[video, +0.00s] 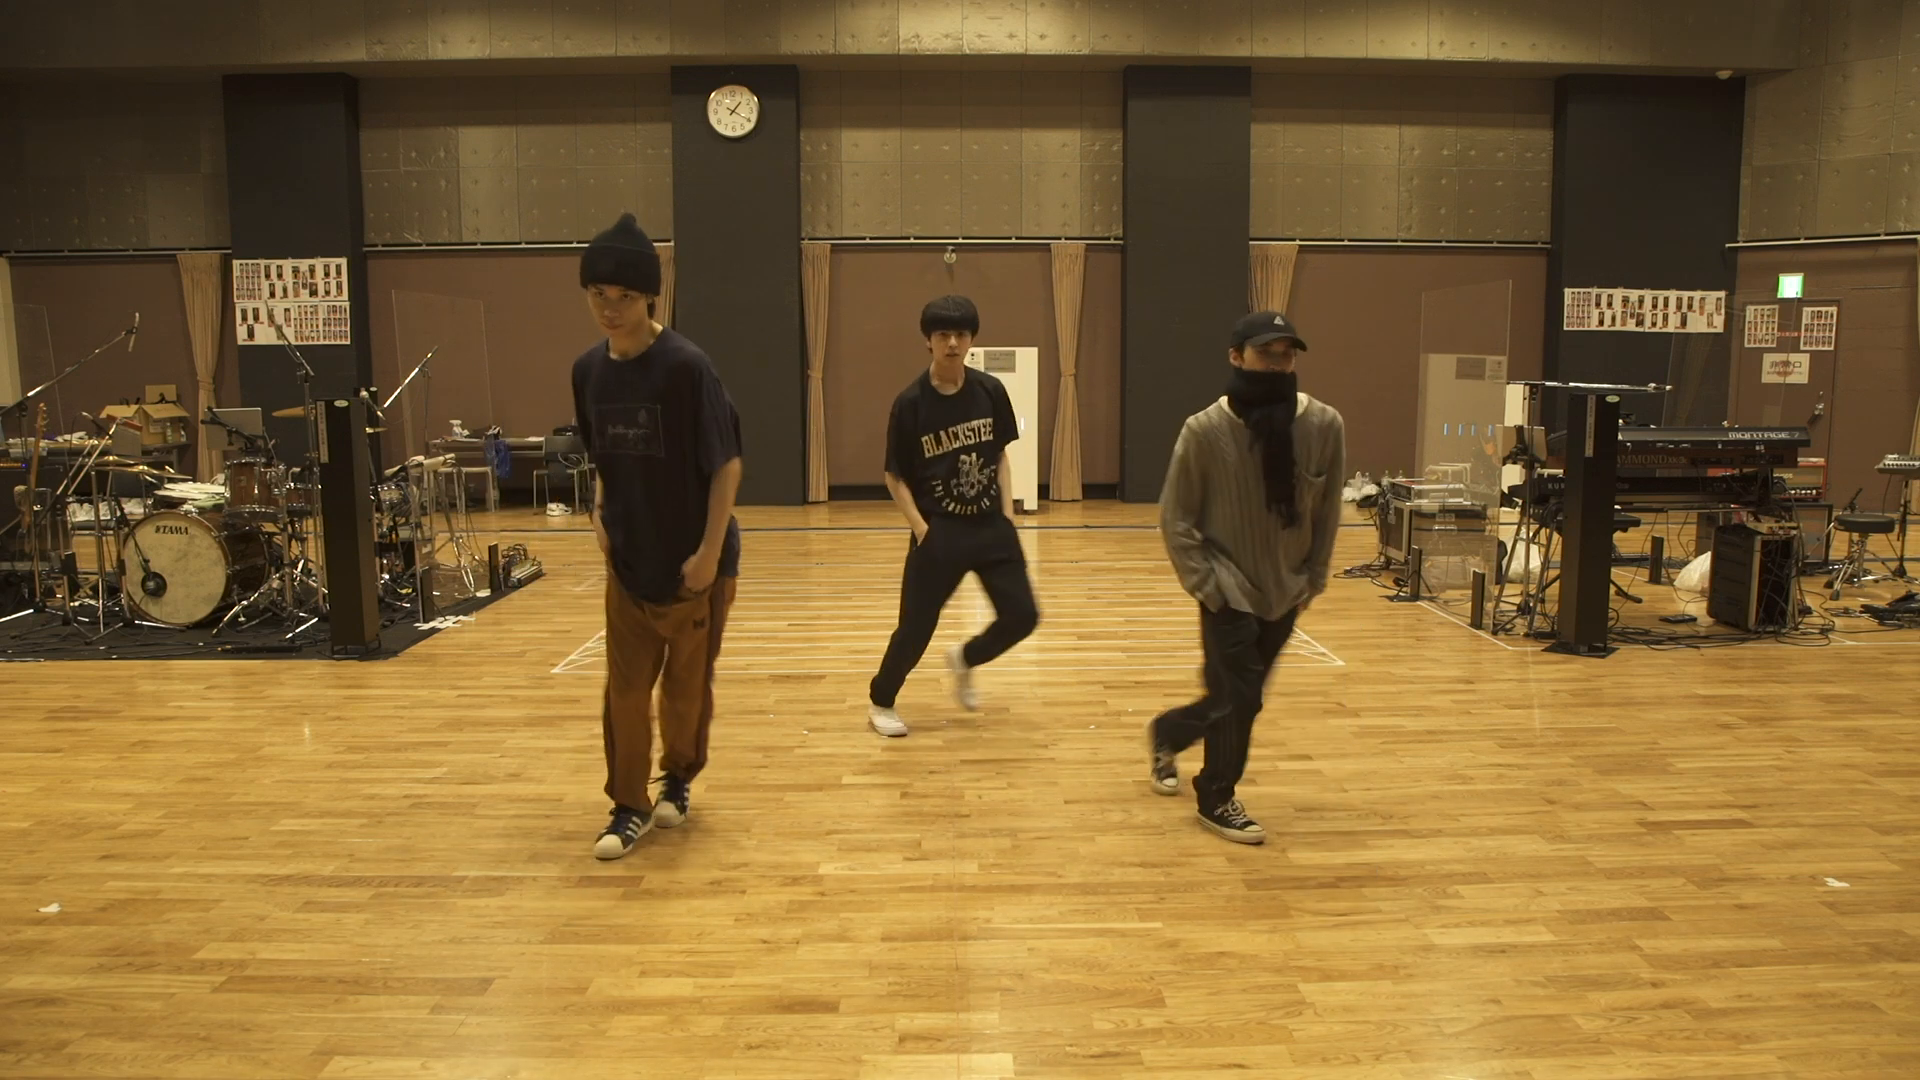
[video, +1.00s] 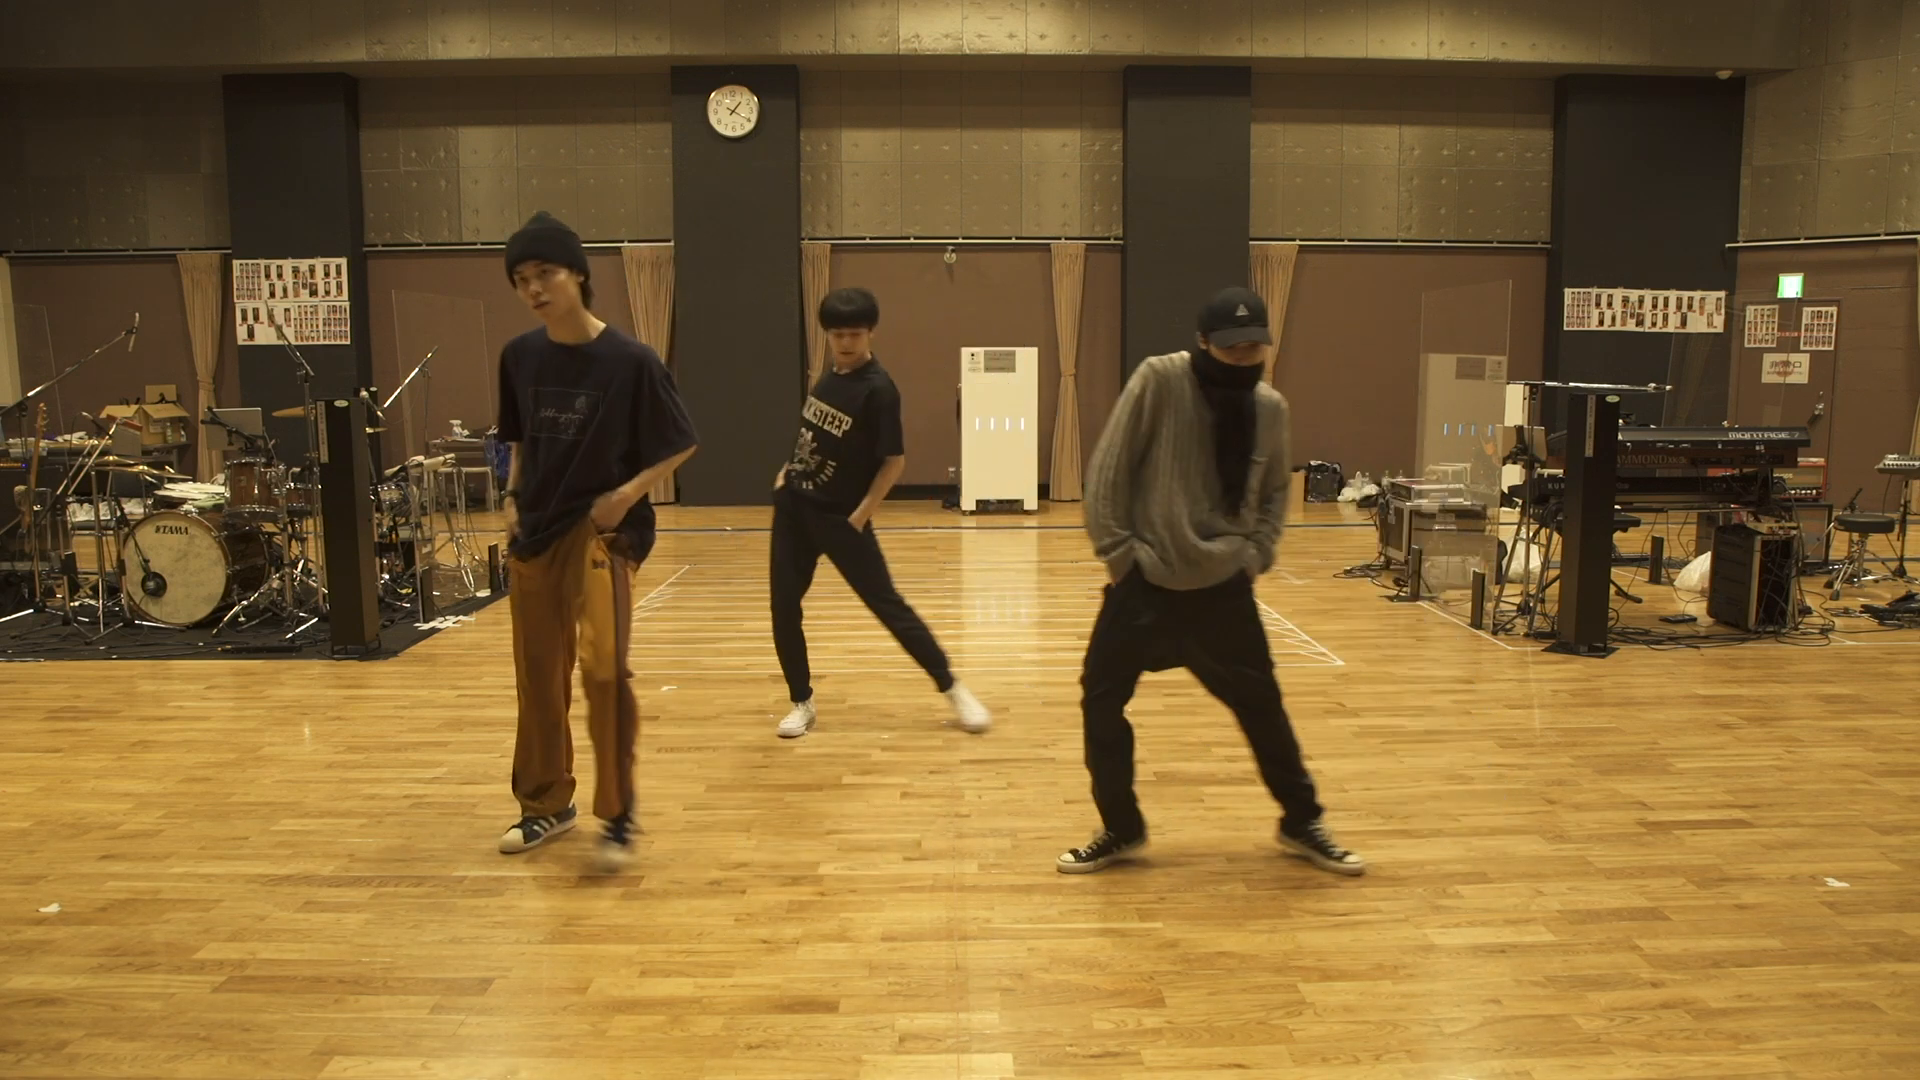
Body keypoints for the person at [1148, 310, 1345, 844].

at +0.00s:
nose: (1281, 362)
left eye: (1289, 352)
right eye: (1268, 352)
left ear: (1297, 359)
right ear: (1237, 357)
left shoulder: (1322, 425)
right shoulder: (1204, 432)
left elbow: (1328, 512)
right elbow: (1176, 521)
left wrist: (1312, 579)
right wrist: (1210, 586)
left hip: (1286, 590)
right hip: (1228, 590)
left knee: (1244, 698)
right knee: (1239, 698)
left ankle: (1167, 734)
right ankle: (1216, 798)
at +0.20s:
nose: (1321, 367)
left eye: (1328, 357)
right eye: (1307, 357)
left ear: (1336, 364)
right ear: (1278, 364)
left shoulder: (1352, 435)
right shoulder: (1250, 439)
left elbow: (1353, 519)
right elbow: (1202, 531)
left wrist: (1346, 577)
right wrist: (1229, 605)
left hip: (1331, 598)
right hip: (1262, 608)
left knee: (1411, 659)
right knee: (1242, 714)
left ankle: (1333, 729)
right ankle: (1216, 797)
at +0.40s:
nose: (1383, 370)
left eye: (1387, 359)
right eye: (1369, 361)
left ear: (1393, 364)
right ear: (1339, 370)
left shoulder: (1386, 426)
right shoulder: (1321, 443)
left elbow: (1393, 511)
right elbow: (1292, 542)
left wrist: (1415, 572)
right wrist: (1325, 621)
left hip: (1415, 593)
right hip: (1353, 616)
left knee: (1465, 707)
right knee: (1368, 733)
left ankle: (1496, 818)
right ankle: (1285, 786)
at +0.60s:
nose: (1381, 400)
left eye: (1387, 387)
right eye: (1365, 392)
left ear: (1402, 392)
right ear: (1343, 407)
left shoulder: (1442, 460)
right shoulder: (1318, 476)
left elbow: (1479, 532)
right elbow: (1257, 536)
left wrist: (1438, 605)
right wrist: (1307, 601)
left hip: (1410, 632)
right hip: (1328, 625)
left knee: (1475, 738)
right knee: (1255, 681)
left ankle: (1496, 821)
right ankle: (1255, 777)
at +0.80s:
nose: (1311, 354)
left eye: (1319, 342)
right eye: (1297, 344)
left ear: (1332, 346)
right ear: (1270, 348)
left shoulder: (1350, 412)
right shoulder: (1227, 396)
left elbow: (1383, 490)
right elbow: (1189, 483)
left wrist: (1357, 564)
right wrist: (1207, 566)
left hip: (1318, 599)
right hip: (1235, 597)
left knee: (1374, 698)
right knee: (1162, 696)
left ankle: (1424, 805)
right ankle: (1138, 833)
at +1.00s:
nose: (1243, 358)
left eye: (1253, 347)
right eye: (1230, 347)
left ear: (1267, 345)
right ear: (1203, 343)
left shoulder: (1270, 407)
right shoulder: (1158, 379)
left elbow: (1275, 491)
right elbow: (1106, 468)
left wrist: (1256, 554)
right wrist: (1119, 555)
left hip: (1223, 587)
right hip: (1146, 582)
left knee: (1262, 704)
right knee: (1101, 698)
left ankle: (1301, 820)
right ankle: (1122, 827)